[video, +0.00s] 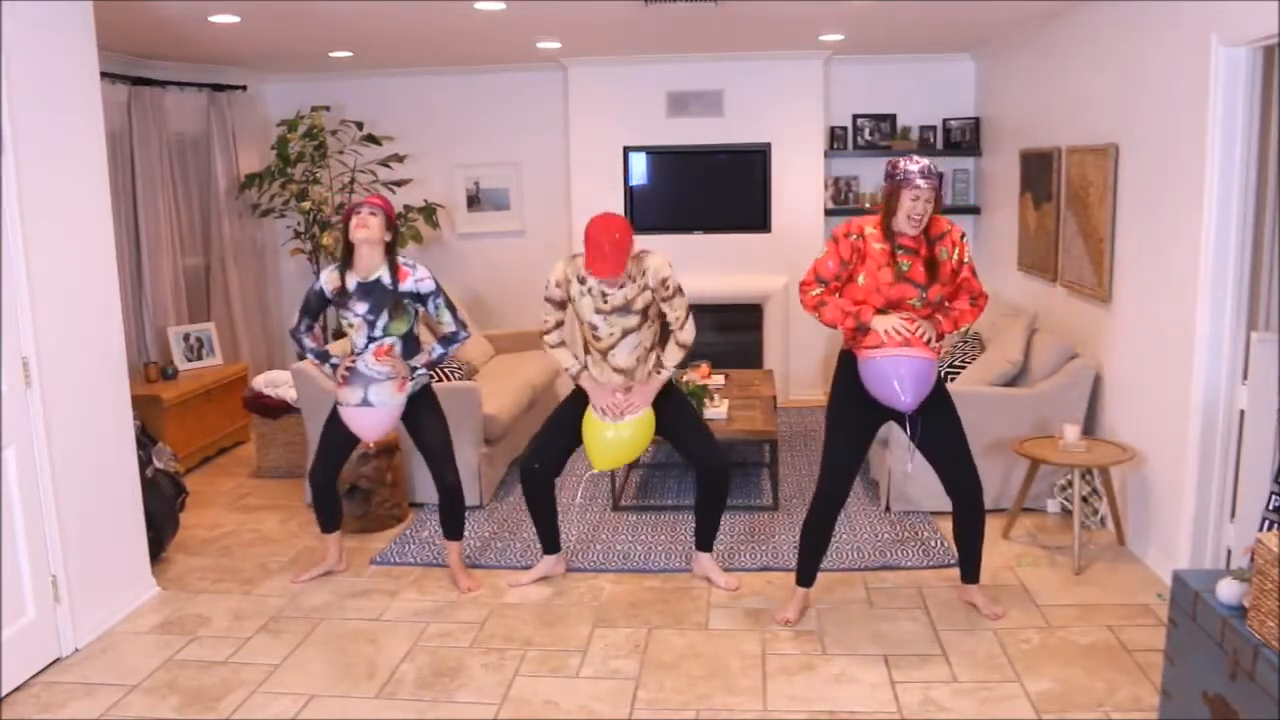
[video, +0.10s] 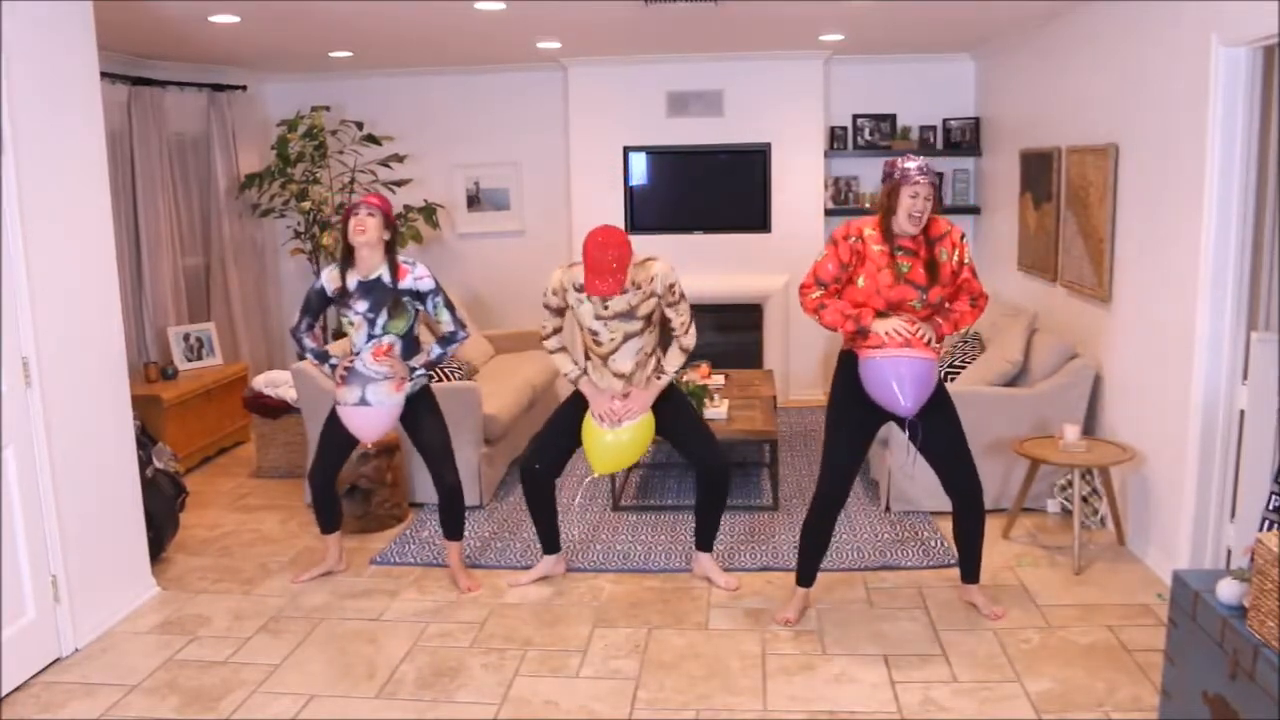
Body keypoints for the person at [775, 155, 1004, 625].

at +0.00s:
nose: (920, 208)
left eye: (928, 200)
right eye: (912, 198)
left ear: (936, 202)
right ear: (890, 195)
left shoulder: (948, 238)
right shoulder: (856, 235)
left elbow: (973, 298)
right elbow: (812, 290)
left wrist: (938, 324)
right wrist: (868, 318)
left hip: (922, 370)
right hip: (861, 368)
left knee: (967, 487)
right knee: (832, 486)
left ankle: (971, 584)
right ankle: (801, 591)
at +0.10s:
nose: (920, 206)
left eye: (928, 198)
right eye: (912, 196)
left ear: (935, 201)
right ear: (889, 196)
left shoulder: (947, 238)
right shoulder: (855, 237)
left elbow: (974, 297)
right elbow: (812, 293)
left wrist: (938, 327)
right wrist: (869, 322)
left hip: (921, 370)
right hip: (861, 368)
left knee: (967, 487)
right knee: (832, 487)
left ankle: (971, 585)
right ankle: (801, 591)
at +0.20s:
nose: (920, 205)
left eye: (928, 197)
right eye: (911, 195)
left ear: (934, 200)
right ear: (889, 195)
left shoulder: (947, 239)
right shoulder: (855, 237)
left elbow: (973, 298)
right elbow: (812, 294)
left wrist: (937, 328)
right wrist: (868, 324)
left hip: (921, 371)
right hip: (861, 369)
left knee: (967, 488)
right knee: (832, 488)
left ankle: (971, 585)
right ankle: (801, 591)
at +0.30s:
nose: (920, 204)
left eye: (927, 196)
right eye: (911, 194)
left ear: (934, 199)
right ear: (889, 195)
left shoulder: (946, 239)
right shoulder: (855, 237)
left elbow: (972, 299)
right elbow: (812, 295)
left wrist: (937, 327)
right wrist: (868, 323)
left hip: (921, 371)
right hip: (861, 369)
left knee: (967, 489)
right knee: (832, 488)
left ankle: (971, 585)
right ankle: (801, 591)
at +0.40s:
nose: (920, 204)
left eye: (927, 195)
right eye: (912, 194)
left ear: (934, 199)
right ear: (889, 194)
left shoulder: (945, 238)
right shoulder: (855, 237)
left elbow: (972, 299)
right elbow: (812, 295)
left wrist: (937, 328)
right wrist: (868, 323)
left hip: (920, 371)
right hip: (861, 369)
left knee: (968, 489)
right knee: (832, 489)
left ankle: (971, 585)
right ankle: (801, 591)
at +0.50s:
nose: (922, 201)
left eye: (928, 193)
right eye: (913, 191)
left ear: (933, 198)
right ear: (889, 193)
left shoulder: (945, 238)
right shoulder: (854, 237)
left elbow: (972, 299)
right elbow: (813, 296)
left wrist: (938, 330)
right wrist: (868, 325)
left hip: (921, 372)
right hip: (861, 370)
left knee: (968, 488)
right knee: (832, 489)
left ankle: (971, 585)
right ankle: (801, 591)